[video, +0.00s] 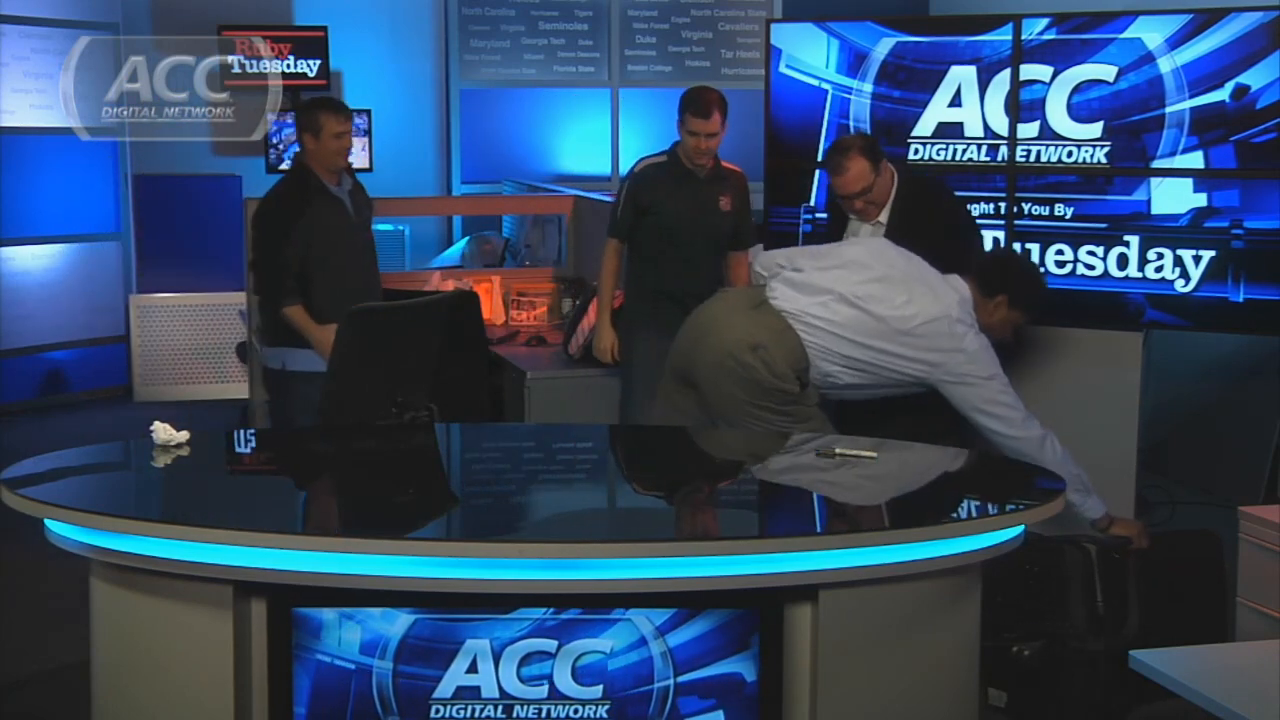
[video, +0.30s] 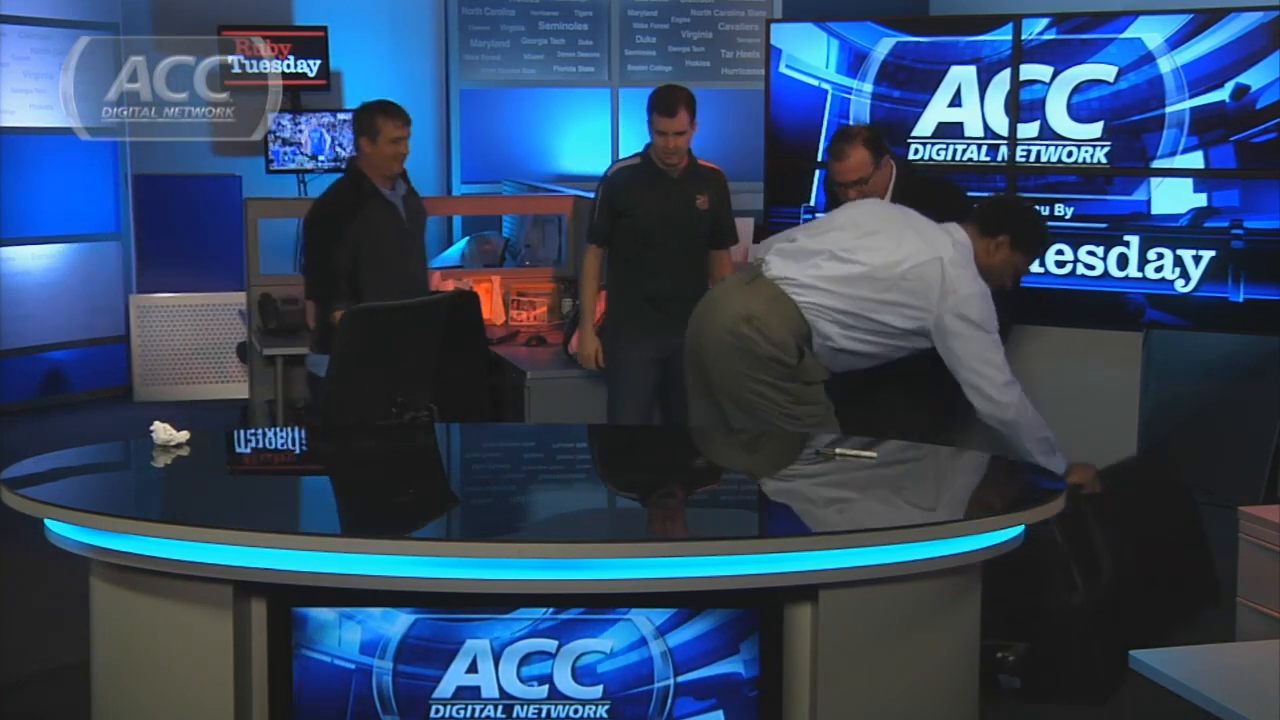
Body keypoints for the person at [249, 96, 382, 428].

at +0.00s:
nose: (349, 144)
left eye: (350, 135)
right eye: (339, 136)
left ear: (352, 135)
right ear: (308, 141)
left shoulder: (355, 193)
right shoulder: (280, 203)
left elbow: (360, 267)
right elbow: (277, 289)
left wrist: (369, 325)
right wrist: (317, 335)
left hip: (354, 352)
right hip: (300, 361)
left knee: (357, 459)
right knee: (306, 460)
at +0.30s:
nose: (405, 151)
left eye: (406, 141)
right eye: (395, 142)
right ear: (365, 145)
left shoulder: (409, 199)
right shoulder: (332, 208)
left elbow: (415, 273)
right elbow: (325, 291)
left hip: (406, 343)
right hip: (354, 349)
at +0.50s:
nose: (442, 145)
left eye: (444, 135)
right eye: (432, 136)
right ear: (402, 140)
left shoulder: (445, 199)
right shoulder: (365, 203)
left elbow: (454, 272)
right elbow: (354, 282)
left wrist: (472, 330)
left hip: (444, 348)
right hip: (392, 350)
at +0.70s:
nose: (467, 143)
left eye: (467, 133)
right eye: (457, 134)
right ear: (425, 140)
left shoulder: (466, 200)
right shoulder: (390, 205)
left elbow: (476, 274)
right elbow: (389, 297)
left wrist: (493, 327)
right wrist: (438, 328)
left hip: (473, 367)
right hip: (423, 369)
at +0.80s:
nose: (474, 143)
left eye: (475, 134)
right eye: (464, 134)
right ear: (433, 140)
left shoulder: (471, 197)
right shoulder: (407, 204)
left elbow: (479, 272)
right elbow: (409, 287)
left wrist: (497, 324)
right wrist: (468, 321)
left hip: (483, 361)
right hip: (438, 365)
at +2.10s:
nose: (489, 165)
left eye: (495, 154)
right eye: (478, 156)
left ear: (501, 149)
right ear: (450, 155)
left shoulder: (496, 198)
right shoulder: (434, 216)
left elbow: (506, 279)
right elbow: (420, 308)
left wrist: (530, 345)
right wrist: (459, 374)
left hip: (515, 379)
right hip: (466, 391)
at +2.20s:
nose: (488, 165)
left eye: (493, 154)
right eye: (476, 157)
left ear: (499, 149)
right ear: (448, 156)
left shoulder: (495, 198)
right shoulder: (432, 217)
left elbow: (507, 279)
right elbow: (418, 308)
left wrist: (531, 344)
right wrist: (448, 376)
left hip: (518, 377)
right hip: (472, 390)